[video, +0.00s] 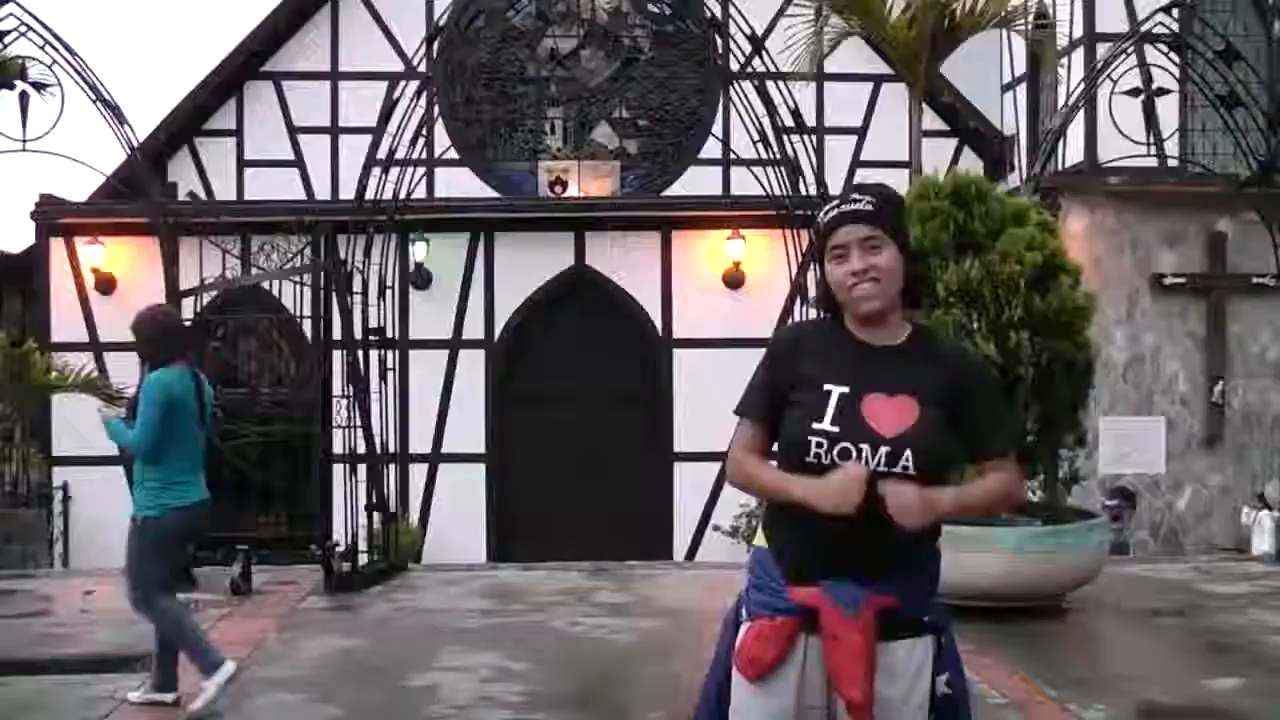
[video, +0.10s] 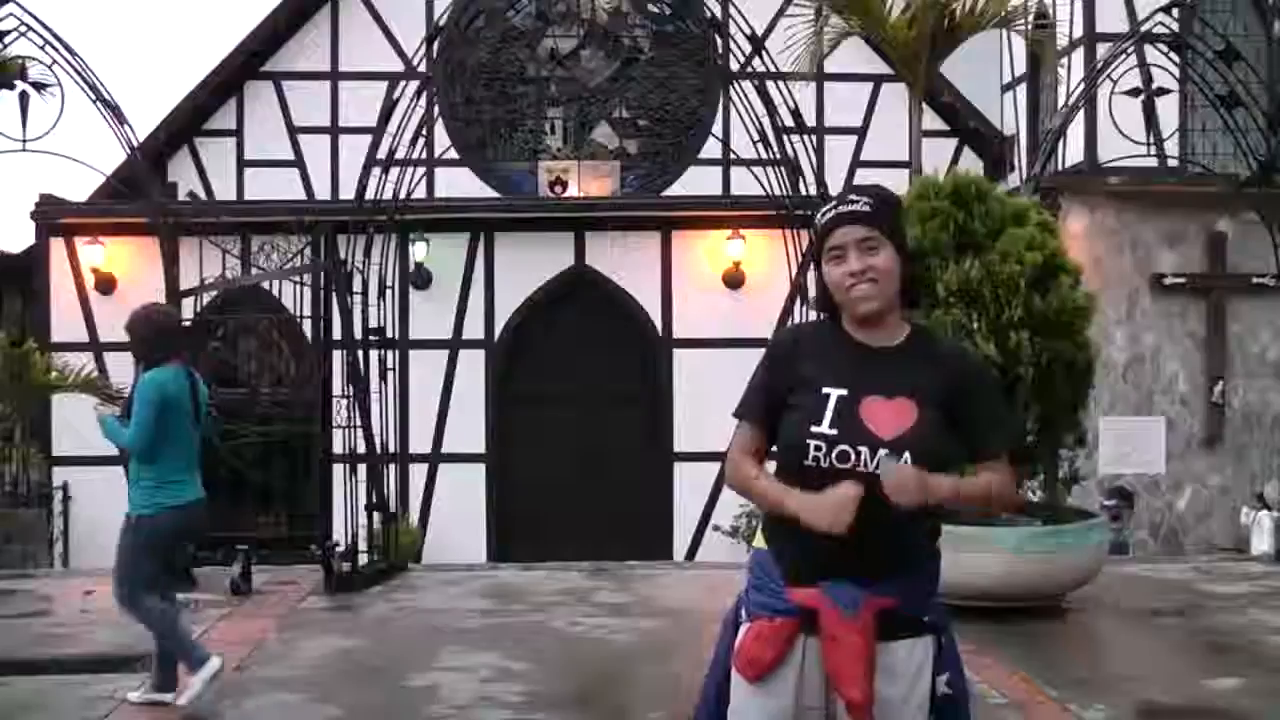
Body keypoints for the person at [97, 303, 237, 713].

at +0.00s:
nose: (136, 347)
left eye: (139, 341)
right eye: (136, 340)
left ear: (150, 342)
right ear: (178, 338)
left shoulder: (158, 384)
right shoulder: (197, 382)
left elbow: (141, 443)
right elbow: (205, 431)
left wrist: (113, 421)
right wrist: (141, 416)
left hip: (158, 508)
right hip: (190, 501)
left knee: (144, 595)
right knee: (165, 593)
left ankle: (214, 666)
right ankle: (163, 683)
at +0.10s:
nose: (131, 347)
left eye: (133, 340)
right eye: (131, 340)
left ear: (143, 342)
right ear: (173, 337)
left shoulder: (152, 383)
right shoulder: (193, 381)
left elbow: (136, 442)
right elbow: (205, 430)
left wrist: (107, 420)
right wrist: (139, 416)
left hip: (153, 507)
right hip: (187, 501)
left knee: (131, 592)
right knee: (164, 590)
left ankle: (199, 660)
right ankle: (163, 681)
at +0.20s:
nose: (113, 345)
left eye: (115, 339)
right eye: (114, 338)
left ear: (125, 341)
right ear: (154, 336)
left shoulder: (136, 382)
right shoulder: (173, 379)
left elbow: (119, 441)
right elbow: (151, 435)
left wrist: (90, 418)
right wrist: (111, 411)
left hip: (137, 507)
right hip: (173, 502)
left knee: (99, 582)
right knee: (159, 594)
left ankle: (139, 656)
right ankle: (165, 682)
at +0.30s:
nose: (99, 352)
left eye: (101, 344)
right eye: (99, 345)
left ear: (111, 344)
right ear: (141, 339)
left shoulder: (125, 384)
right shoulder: (159, 380)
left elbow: (111, 444)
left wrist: (80, 418)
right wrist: (102, 410)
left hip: (126, 507)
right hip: (163, 501)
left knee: (92, 585)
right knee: (155, 592)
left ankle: (89, 683)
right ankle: (164, 685)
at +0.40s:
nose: (88, 353)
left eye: (91, 345)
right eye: (87, 346)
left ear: (104, 346)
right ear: (127, 342)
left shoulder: (112, 385)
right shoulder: (146, 381)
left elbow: (95, 444)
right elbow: (143, 435)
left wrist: (67, 420)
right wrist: (88, 417)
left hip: (112, 510)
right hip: (149, 503)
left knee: (82, 598)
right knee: (151, 598)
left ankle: (50, 681)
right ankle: (164, 684)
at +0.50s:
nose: (64, 355)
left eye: (66, 348)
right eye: (63, 348)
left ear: (79, 350)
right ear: (105, 345)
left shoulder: (88, 391)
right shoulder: (123, 387)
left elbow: (72, 451)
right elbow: (118, 447)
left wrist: (43, 425)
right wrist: (61, 422)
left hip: (89, 514)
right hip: (126, 508)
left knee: (56, 594)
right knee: (134, 595)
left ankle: (37, 685)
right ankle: (162, 680)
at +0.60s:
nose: (48, 358)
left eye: (51, 350)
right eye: (47, 350)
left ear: (66, 350)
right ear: (87, 347)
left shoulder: (71, 392)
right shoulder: (103, 386)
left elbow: (57, 454)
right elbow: (97, 445)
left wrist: (27, 426)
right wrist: (41, 423)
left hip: (69, 514)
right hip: (106, 508)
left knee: (39, 595)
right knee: (113, 591)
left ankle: (33, 688)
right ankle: (158, 674)